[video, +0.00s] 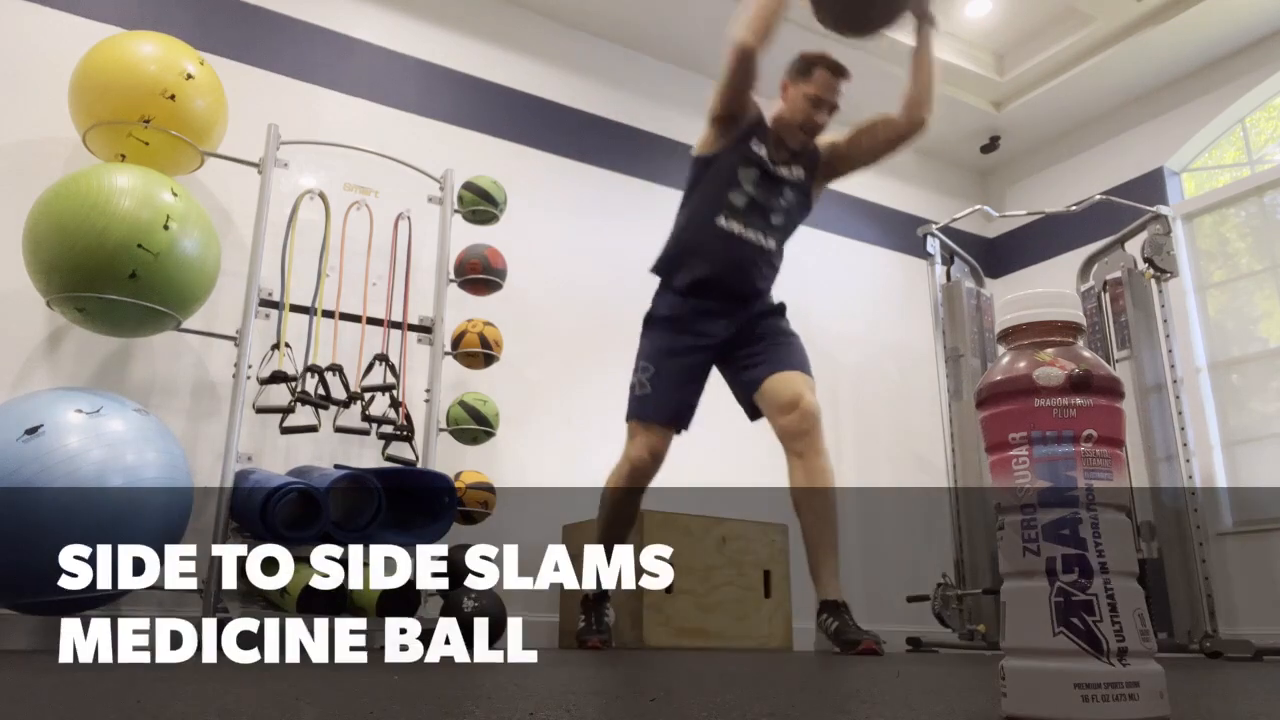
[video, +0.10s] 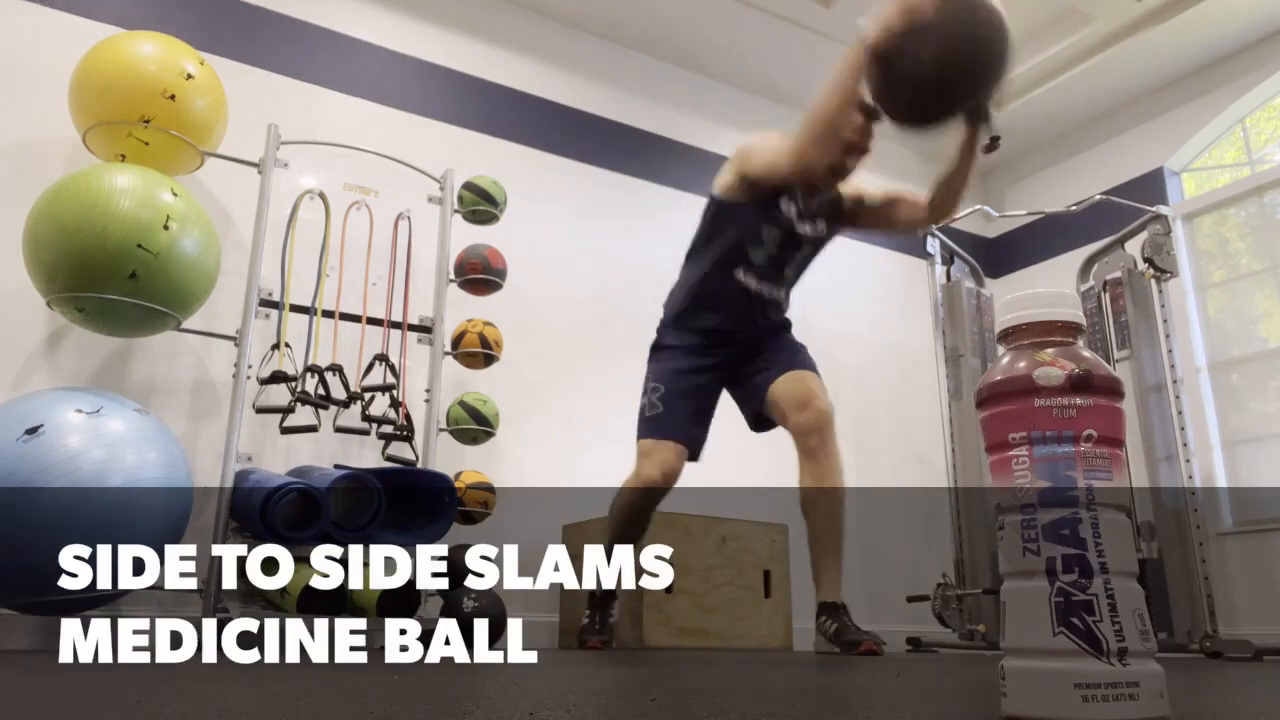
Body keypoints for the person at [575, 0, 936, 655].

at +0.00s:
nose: (821, 117)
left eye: (831, 110)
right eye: (814, 102)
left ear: (833, 113)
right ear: (783, 90)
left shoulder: (816, 166)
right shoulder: (733, 127)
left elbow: (912, 119)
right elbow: (743, 51)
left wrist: (924, 25)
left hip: (753, 318)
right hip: (681, 313)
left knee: (801, 419)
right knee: (641, 459)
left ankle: (832, 606)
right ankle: (597, 591)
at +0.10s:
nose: (860, 144)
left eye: (868, 136)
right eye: (854, 129)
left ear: (866, 145)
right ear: (820, 124)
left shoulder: (841, 205)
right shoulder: (755, 159)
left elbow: (933, 211)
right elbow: (807, 157)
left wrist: (973, 135)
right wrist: (867, 46)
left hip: (764, 340)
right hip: (693, 334)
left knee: (813, 416)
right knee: (657, 472)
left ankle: (831, 612)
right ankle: (604, 589)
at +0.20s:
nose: (880, 205)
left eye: (889, 195)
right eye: (877, 188)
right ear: (841, 167)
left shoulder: (864, 245)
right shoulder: (774, 200)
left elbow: (915, 317)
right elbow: (811, 283)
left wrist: (973, 276)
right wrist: (904, 249)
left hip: (773, 355)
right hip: (701, 348)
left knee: (831, 416)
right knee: (670, 472)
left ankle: (833, 611)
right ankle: (618, 587)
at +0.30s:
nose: (904, 239)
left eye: (913, 228)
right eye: (899, 221)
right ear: (863, 200)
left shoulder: (876, 278)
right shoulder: (791, 232)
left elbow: (908, 370)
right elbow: (802, 357)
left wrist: (969, 424)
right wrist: (866, 448)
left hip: (777, 371)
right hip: (706, 363)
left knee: (849, 429)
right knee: (678, 475)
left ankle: (835, 612)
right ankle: (648, 597)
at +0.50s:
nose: (923, 265)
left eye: (931, 254)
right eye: (917, 247)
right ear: (876, 227)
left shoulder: (886, 299)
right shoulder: (802, 257)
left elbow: (894, 405)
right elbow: (791, 390)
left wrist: (937, 492)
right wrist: (831, 496)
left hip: (787, 369)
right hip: (712, 363)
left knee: (848, 417)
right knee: (698, 488)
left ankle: (833, 613)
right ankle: (657, 601)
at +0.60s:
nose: (919, 253)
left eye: (927, 243)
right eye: (913, 236)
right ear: (873, 217)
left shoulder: (885, 295)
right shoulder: (803, 252)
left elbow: (894, 401)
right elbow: (796, 388)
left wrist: (938, 490)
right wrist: (856, 492)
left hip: (776, 363)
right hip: (706, 358)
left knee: (845, 417)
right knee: (697, 488)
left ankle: (832, 612)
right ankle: (657, 605)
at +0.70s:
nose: (918, 237)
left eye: (925, 226)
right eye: (910, 220)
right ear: (868, 205)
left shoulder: (879, 286)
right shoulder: (799, 241)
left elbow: (884, 390)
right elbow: (786, 376)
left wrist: (935, 469)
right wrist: (855, 470)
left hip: (776, 357)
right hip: (704, 353)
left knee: (843, 418)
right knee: (693, 485)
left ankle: (833, 610)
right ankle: (654, 605)